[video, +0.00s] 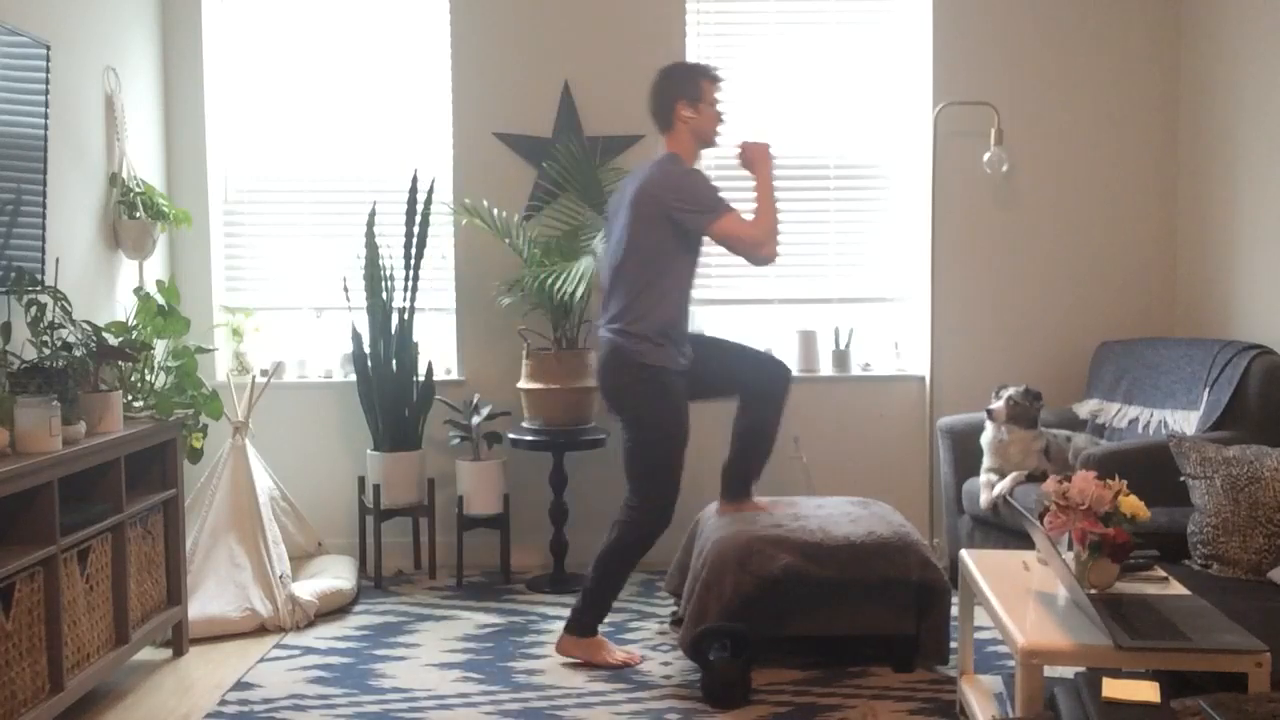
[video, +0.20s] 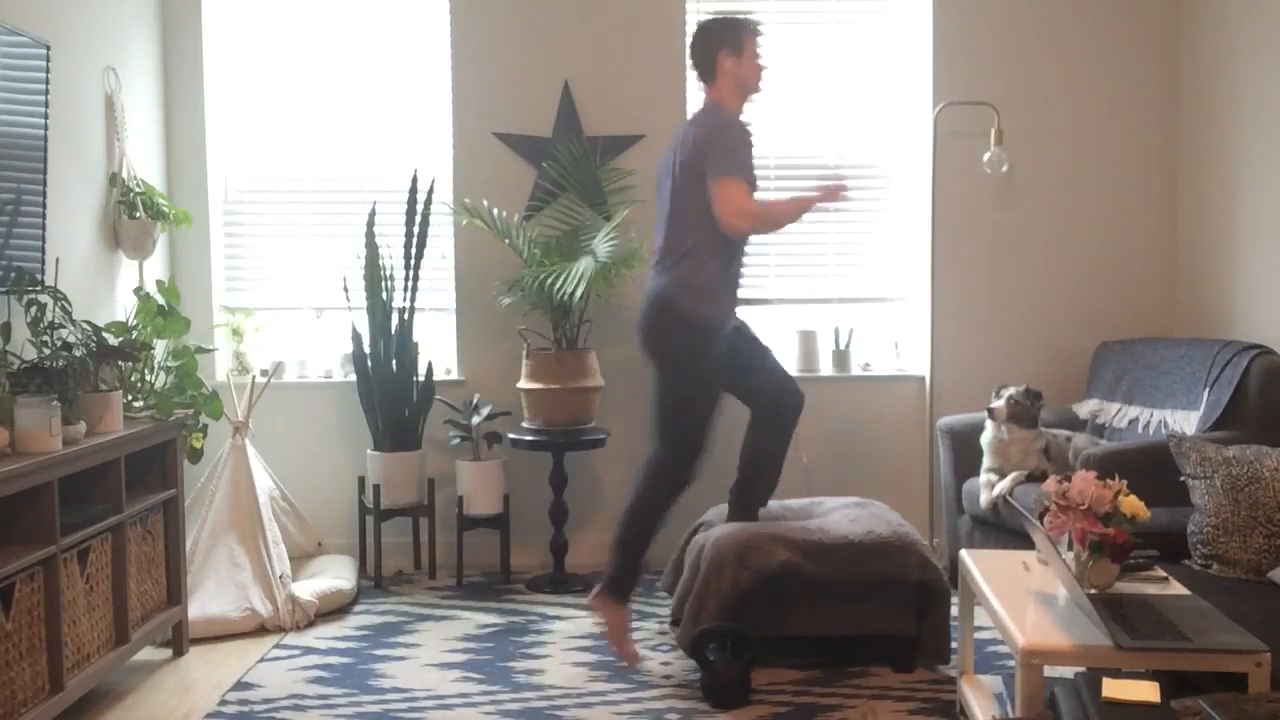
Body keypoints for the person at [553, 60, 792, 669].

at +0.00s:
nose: (721, 116)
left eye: (718, 105)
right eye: (713, 106)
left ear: (677, 115)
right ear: (682, 112)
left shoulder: (644, 180)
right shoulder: (673, 179)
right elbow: (762, 244)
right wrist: (763, 174)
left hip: (656, 350)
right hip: (643, 360)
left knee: (769, 374)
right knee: (651, 508)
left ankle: (737, 497)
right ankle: (579, 634)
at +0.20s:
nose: (762, 67)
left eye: (758, 56)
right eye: (753, 56)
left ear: (716, 68)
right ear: (723, 64)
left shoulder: (692, 135)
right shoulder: (722, 128)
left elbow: (720, 225)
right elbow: (735, 214)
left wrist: (780, 210)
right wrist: (806, 202)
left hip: (697, 314)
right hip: (689, 316)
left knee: (781, 400)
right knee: (678, 455)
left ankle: (742, 535)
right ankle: (614, 593)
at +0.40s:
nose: (769, 10)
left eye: (766, 2)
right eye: (760, 2)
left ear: (735, 12)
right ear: (733, 8)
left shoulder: (728, 81)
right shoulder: (713, 77)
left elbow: (775, 165)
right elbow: (685, 169)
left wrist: (803, 101)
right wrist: (702, 261)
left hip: (723, 255)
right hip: (725, 254)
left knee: (752, 401)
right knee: (834, 322)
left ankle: (740, 543)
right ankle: (754, 419)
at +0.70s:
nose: (781, 14)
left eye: (779, 7)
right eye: (774, 5)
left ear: (743, 13)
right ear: (746, 9)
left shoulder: (757, 87)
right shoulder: (717, 79)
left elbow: (829, 116)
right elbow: (686, 178)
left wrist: (790, 59)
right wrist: (706, 266)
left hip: (756, 244)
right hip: (744, 236)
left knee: (757, 385)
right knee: (864, 163)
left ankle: (741, 521)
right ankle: (852, 298)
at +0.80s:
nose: (782, 12)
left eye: (780, 4)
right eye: (775, 3)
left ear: (747, 12)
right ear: (747, 8)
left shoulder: (748, 83)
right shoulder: (719, 77)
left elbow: (816, 141)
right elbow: (698, 180)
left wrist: (798, 72)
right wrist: (735, 262)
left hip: (752, 237)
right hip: (740, 238)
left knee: (753, 386)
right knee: (873, 230)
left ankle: (742, 520)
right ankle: (806, 338)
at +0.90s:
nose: (785, 8)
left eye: (782, 1)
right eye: (778, 1)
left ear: (748, 9)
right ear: (749, 5)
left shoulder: (742, 75)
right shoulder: (727, 69)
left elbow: (776, 174)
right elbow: (708, 169)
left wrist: (813, 114)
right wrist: (766, 241)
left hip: (728, 247)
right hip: (733, 245)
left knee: (748, 391)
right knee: (843, 319)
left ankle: (738, 526)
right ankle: (750, 392)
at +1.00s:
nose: (786, 16)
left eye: (783, 7)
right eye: (778, 6)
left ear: (746, 14)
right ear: (750, 10)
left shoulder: (726, 74)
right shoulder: (732, 73)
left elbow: (724, 172)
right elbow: (726, 168)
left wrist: (775, 202)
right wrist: (804, 229)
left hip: (717, 250)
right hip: (728, 251)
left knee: (747, 389)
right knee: (787, 382)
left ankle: (739, 527)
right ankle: (683, 466)